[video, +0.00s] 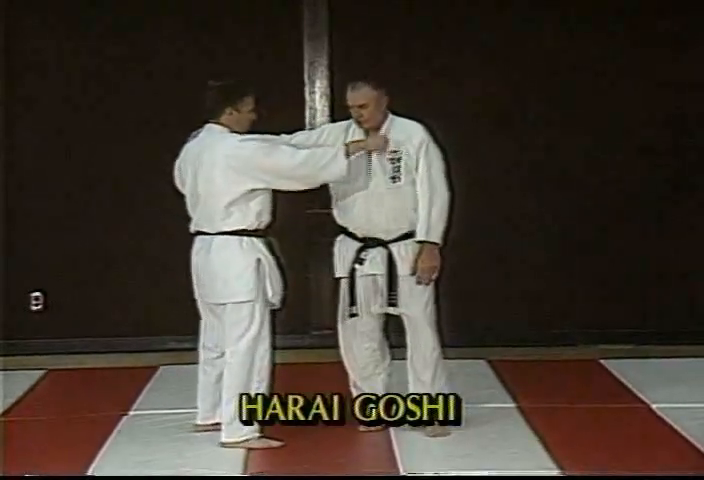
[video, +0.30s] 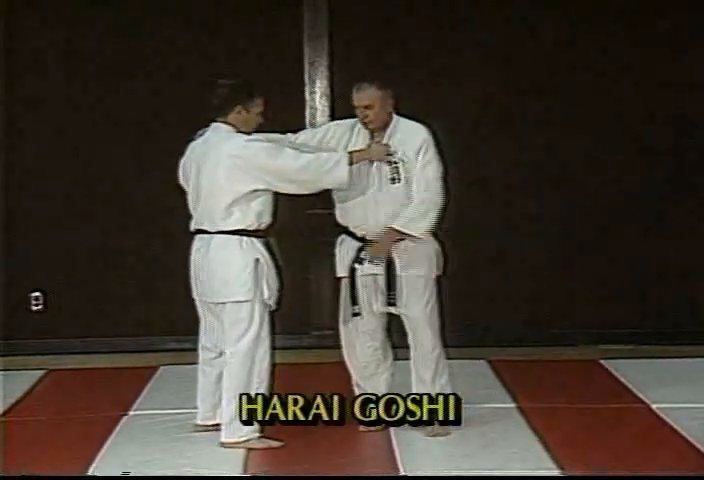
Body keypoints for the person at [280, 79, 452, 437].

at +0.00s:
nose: (358, 115)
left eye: (364, 108)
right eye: (352, 109)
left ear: (384, 102)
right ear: (348, 107)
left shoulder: (413, 136)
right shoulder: (337, 134)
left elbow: (435, 192)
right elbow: (290, 144)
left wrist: (431, 244)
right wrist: (242, 146)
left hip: (407, 246)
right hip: (356, 249)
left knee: (421, 327)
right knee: (359, 326)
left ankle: (428, 407)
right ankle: (370, 405)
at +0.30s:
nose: (363, 116)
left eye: (369, 109)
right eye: (358, 110)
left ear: (389, 105)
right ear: (354, 109)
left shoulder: (415, 137)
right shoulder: (345, 133)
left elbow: (430, 196)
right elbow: (294, 142)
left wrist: (392, 236)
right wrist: (242, 142)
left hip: (410, 244)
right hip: (358, 244)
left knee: (420, 324)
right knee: (360, 325)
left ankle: (433, 407)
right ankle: (373, 404)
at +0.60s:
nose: (372, 113)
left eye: (378, 106)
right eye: (367, 106)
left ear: (398, 104)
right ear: (363, 106)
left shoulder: (417, 138)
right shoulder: (353, 129)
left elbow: (390, 181)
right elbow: (304, 136)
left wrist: (332, 200)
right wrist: (247, 131)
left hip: (411, 246)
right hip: (362, 245)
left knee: (424, 329)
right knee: (362, 328)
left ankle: (435, 408)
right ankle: (374, 404)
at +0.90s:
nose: (379, 111)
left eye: (386, 104)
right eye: (375, 104)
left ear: (406, 103)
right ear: (370, 105)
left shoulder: (423, 138)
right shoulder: (360, 127)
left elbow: (389, 178)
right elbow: (314, 135)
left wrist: (327, 190)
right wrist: (264, 132)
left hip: (415, 246)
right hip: (367, 246)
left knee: (428, 330)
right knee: (368, 330)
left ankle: (439, 409)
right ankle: (377, 405)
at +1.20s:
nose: (391, 114)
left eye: (398, 108)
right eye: (387, 107)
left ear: (420, 104)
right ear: (384, 105)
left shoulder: (439, 139)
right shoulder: (374, 128)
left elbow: (404, 175)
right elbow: (328, 141)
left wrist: (339, 186)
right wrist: (274, 137)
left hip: (432, 248)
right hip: (381, 246)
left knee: (433, 338)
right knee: (380, 336)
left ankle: (431, 419)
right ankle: (393, 414)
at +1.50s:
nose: (397, 128)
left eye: (403, 120)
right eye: (393, 121)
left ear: (423, 112)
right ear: (388, 117)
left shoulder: (449, 142)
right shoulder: (384, 132)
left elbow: (413, 183)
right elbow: (338, 142)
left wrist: (349, 194)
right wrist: (289, 140)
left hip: (449, 244)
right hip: (402, 242)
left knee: (444, 330)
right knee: (396, 328)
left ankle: (436, 411)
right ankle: (396, 408)